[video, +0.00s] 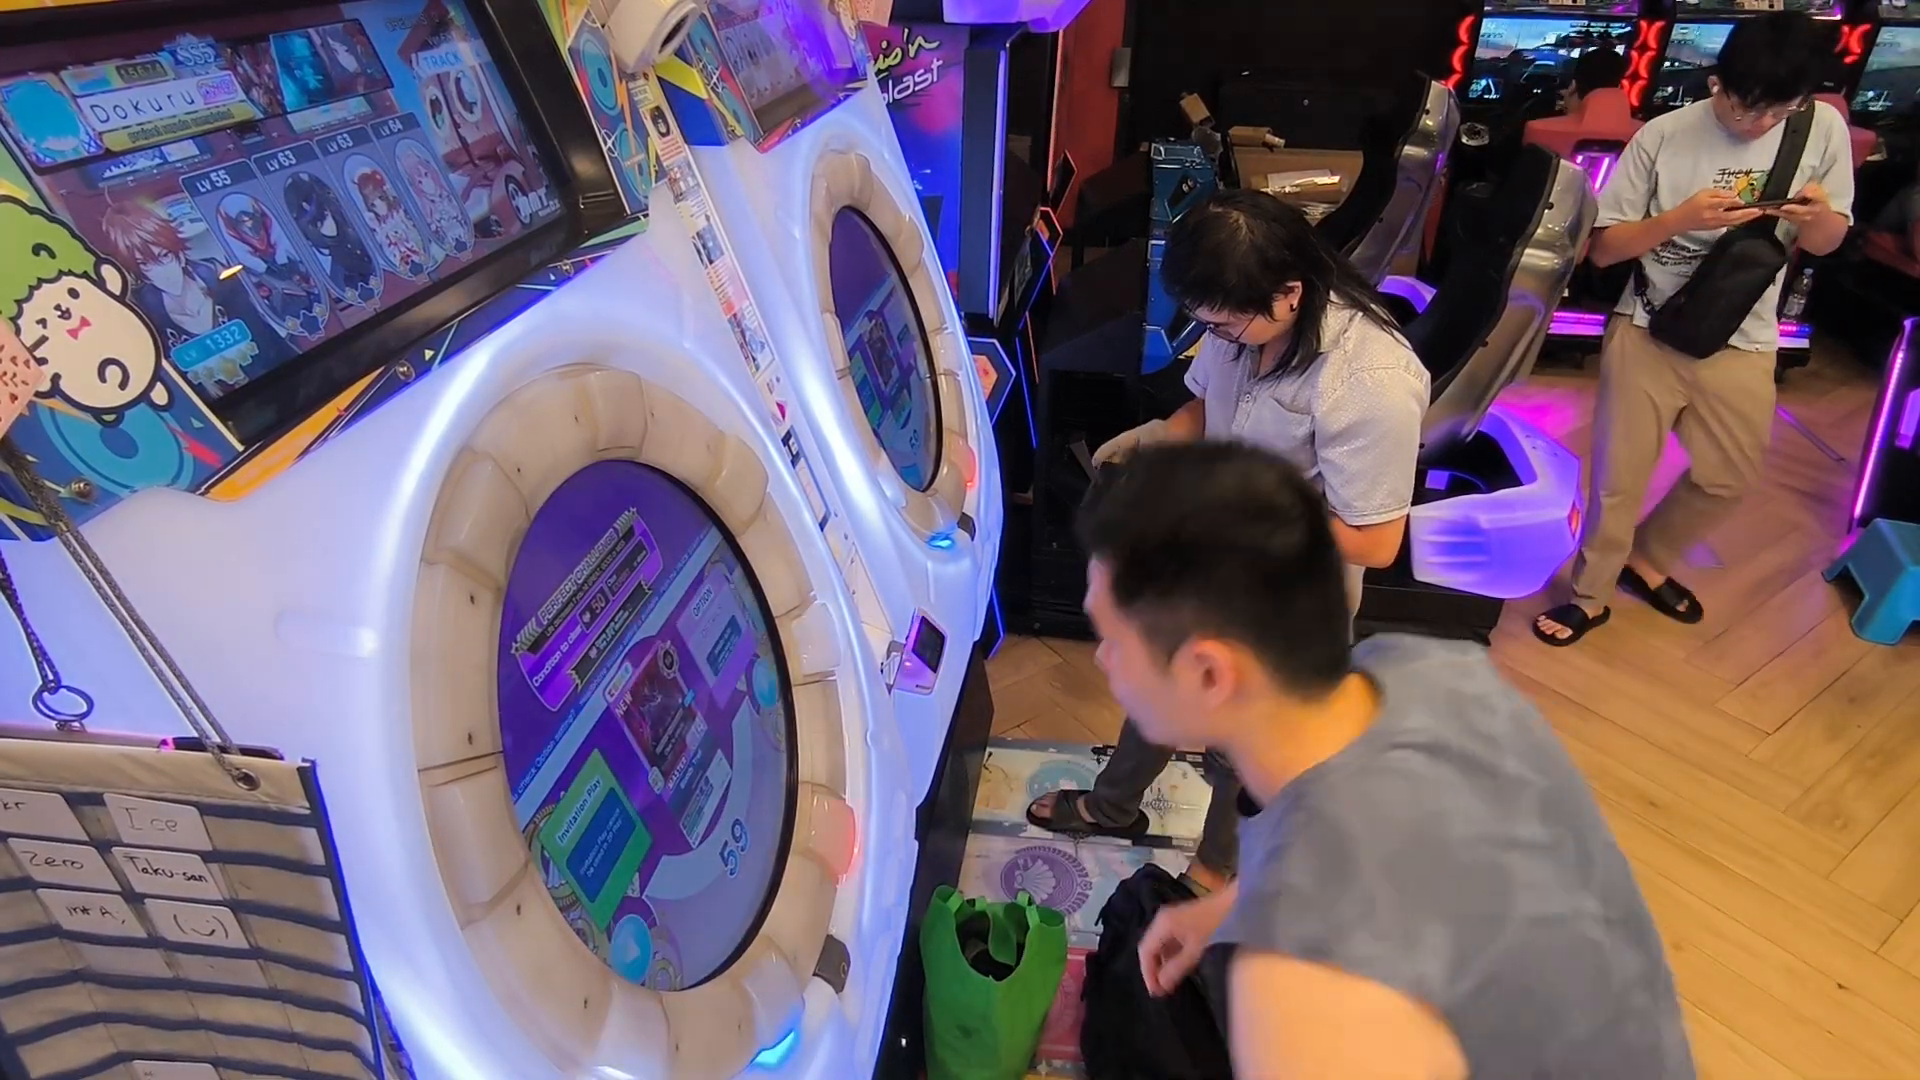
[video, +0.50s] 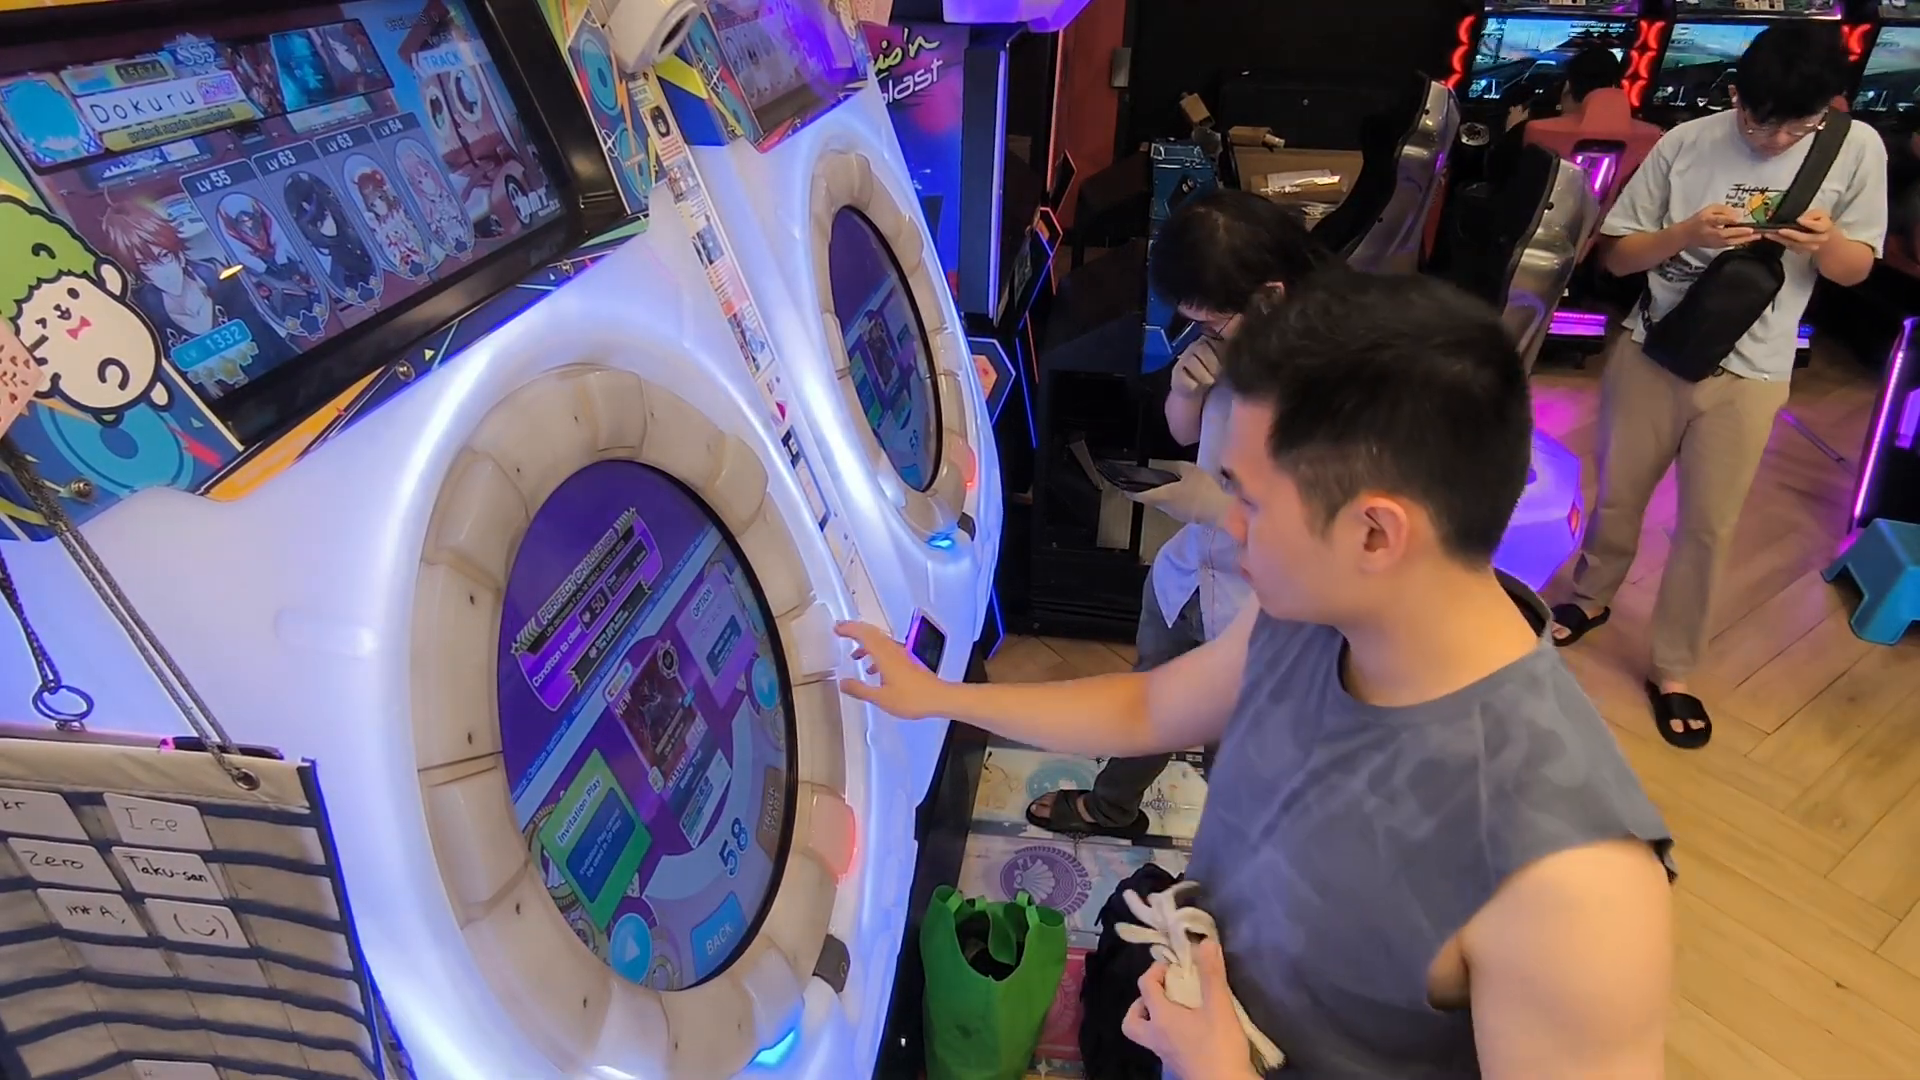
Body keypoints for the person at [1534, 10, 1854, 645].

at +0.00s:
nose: (1750, 121)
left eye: (1767, 111)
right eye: (1742, 105)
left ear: (1795, 99)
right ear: (1719, 79)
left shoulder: (1821, 130)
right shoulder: (1661, 138)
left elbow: (1826, 240)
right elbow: (1602, 247)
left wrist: (1815, 218)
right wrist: (1679, 219)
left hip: (1744, 348)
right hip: (1649, 335)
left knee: (1728, 476)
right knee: (1620, 478)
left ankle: (1646, 559)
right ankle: (1588, 595)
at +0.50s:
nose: (1770, 139)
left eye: (1790, 130)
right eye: (1758, 122)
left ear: (1823, 109)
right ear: (1739, 92)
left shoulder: (1854, 150)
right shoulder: (1686, 144)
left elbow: (1857, 269)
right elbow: (1614, 256)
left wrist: (1826, 245)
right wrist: (1686, 235)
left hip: (1749, 376)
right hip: (1652, 357)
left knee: (1707, 530)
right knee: (1615, 498)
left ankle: (1674, 670)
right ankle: (1587, 597)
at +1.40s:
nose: (1821, 165)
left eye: (1843, 154)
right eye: (1810, 145)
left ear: (1892, 134)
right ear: (1798, 115)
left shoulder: (1911, 204)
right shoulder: (1754, 166)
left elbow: (1917, 328)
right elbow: (1668, 282)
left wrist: (1861, 296)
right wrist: (1707, 274)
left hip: (1780, 437)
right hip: (1679, 397)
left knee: (1715, 570)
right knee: (1613, 553)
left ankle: (1670, 677)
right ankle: (1549, 699)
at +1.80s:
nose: (1713, 162)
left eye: (1733, 150)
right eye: (1702, 143)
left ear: (1786, 125)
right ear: (1690, 115)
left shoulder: (1847, 192)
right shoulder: (1665, 170)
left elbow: (1853, 330)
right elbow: (1588, 293)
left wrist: (1765, 287)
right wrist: (1617, 277)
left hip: (1705, 437)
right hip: (1603, 404)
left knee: (1687, 583)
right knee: (1561, 567)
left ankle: (1670, 683)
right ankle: (1537, 703)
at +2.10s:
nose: (1660, 160)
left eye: (1676, 147)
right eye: (1650, 143)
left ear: (1731, 122)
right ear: (1641, 121)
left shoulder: (1802, 192)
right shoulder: (1629, 168)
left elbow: (1806, 331)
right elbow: (1557, 282)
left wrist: (1706, 287)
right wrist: (1569, 274)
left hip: (1658, 442)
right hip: (1569, 410)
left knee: (1600, 600)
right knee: (1541, 576)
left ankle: (1585, 737)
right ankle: (1536, 713)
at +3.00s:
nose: (1593, 172)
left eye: (1607, 158)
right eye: (1587, 156)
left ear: (1671, 133)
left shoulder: (1747, 211)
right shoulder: (1606, 177)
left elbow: (1735, 363)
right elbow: (1556, 281)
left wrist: (1618, 298)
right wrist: (1524, 268)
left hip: (1604, 456)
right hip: (1531, 413)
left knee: (1555, 613)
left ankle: (1527, 717)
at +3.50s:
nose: (1507, 150)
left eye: (1519, 132)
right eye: (1500, 135)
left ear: (1579, 109)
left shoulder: (1648, 192)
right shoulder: (1510, 173)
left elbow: (1632, 337)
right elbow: (1468, 284)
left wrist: (1527, 269)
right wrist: (1437, 258)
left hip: (1525, 442)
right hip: (1446, 413)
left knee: (1504, 604)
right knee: (1416, 588)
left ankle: (1507, 739)